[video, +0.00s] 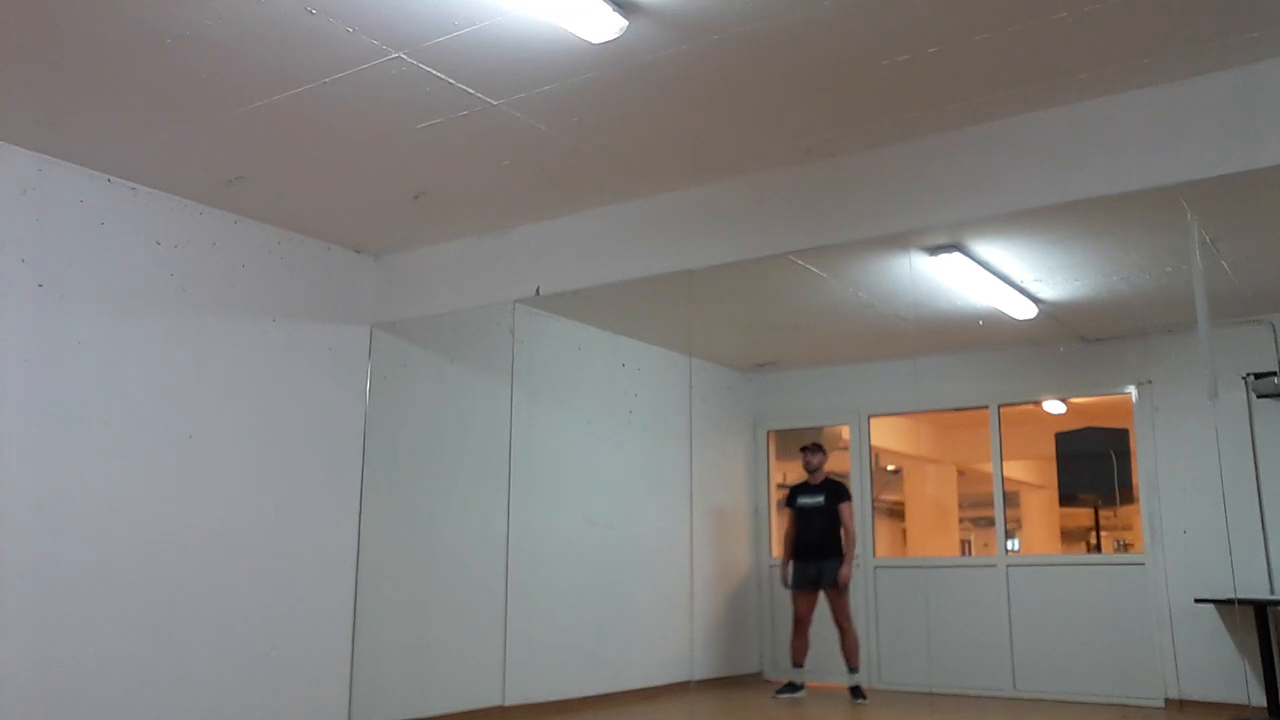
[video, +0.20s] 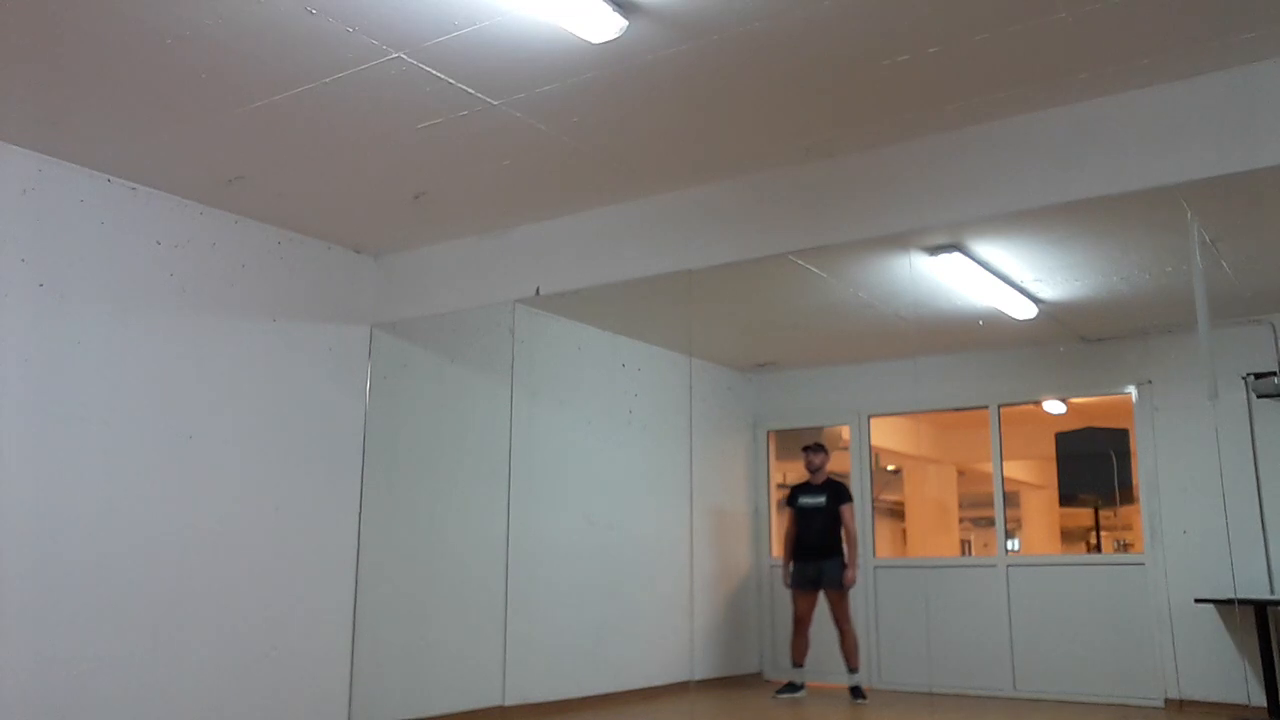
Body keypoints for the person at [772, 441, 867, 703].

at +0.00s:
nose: (809, 460)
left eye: (814, 455)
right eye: (806, 456)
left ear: (824, 459)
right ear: (802, 461)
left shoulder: (837, 489)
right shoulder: (796, 492)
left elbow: (848, 527)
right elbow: (790, 529)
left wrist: (848, 563)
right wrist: (785, 562)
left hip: (832, 563)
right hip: (803, 564)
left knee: (844, 622)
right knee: (800, 621)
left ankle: (855, 682)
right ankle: (797, 680)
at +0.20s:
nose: (811, 460)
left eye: (816, 456)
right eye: (808, 456)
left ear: (826, 459)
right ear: (804, 461)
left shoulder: (838, 490)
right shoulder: (797, 492)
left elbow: (849, 528)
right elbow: (791, 528)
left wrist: (851, 565)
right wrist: (786, 563)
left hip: (832, 563)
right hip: (803, 565)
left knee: (843, 623)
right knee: (800, 622)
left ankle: (855, 682)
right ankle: (797, 680)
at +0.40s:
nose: (812, 460)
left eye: (817, 455)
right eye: (808, 455)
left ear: (827, 459)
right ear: (804, 460)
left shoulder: (838, 490)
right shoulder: (796, 491)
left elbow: (849, 528)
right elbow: (789, 527)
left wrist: (850, 565)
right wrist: (784, 562)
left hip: (831, 563)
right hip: (802, 565)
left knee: (842, 623)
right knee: (799, 622)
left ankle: (854, 682)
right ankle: (797, 680)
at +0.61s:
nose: (811, 459)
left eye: (817, 455)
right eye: (808, 455)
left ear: (826, 459)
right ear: (804, 460)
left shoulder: (838, 490)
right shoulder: (796, 491)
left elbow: (847, 530)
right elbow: (788, 527)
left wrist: (845, 567)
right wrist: (783, 562)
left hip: (830, 563)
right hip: (801, 564)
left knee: (842, 623)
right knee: (799, 623)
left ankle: (854, 682)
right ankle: (797, 680)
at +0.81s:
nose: (812, 459)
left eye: (817, 455)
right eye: (808, 455)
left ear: (826, 459)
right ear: (804, 460)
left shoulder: (838, 490)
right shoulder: (795, 490)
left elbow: (847, 529)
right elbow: (787, 526)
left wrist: (845, 567)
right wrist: (783, 561)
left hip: (829, 563)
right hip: (801, 564)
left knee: (841, 623)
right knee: (798, 622)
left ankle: (854, 681)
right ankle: (796, 680)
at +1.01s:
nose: (812, 459)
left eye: (817, 454)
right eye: (808, 455)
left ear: (826, 459)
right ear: (803, 460)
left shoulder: (837, 489)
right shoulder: (794, 490)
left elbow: (846, 529)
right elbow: (786, 526)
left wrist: (844, 566)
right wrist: (782, 561)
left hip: (829, 563)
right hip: (800, 564)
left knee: (841, 623)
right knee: (798, 623)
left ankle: (854, 682)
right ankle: (796, 680)